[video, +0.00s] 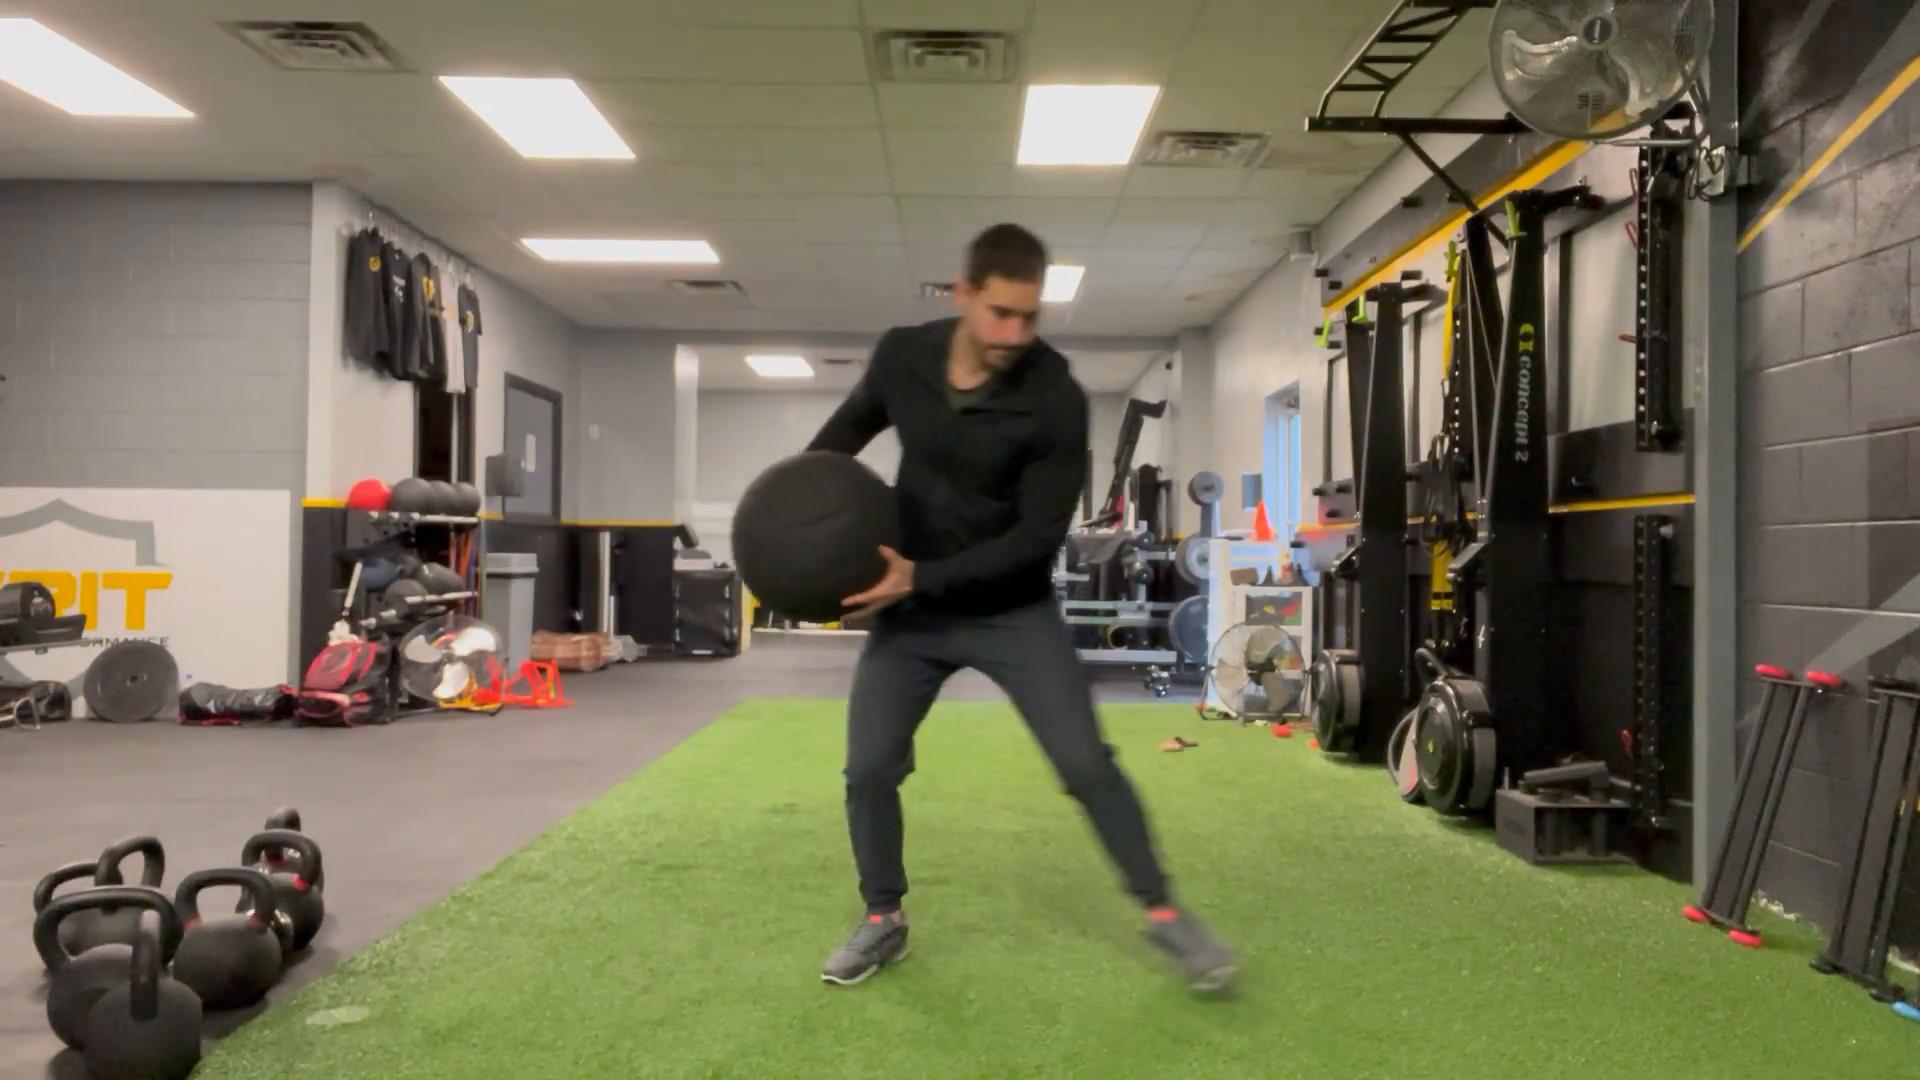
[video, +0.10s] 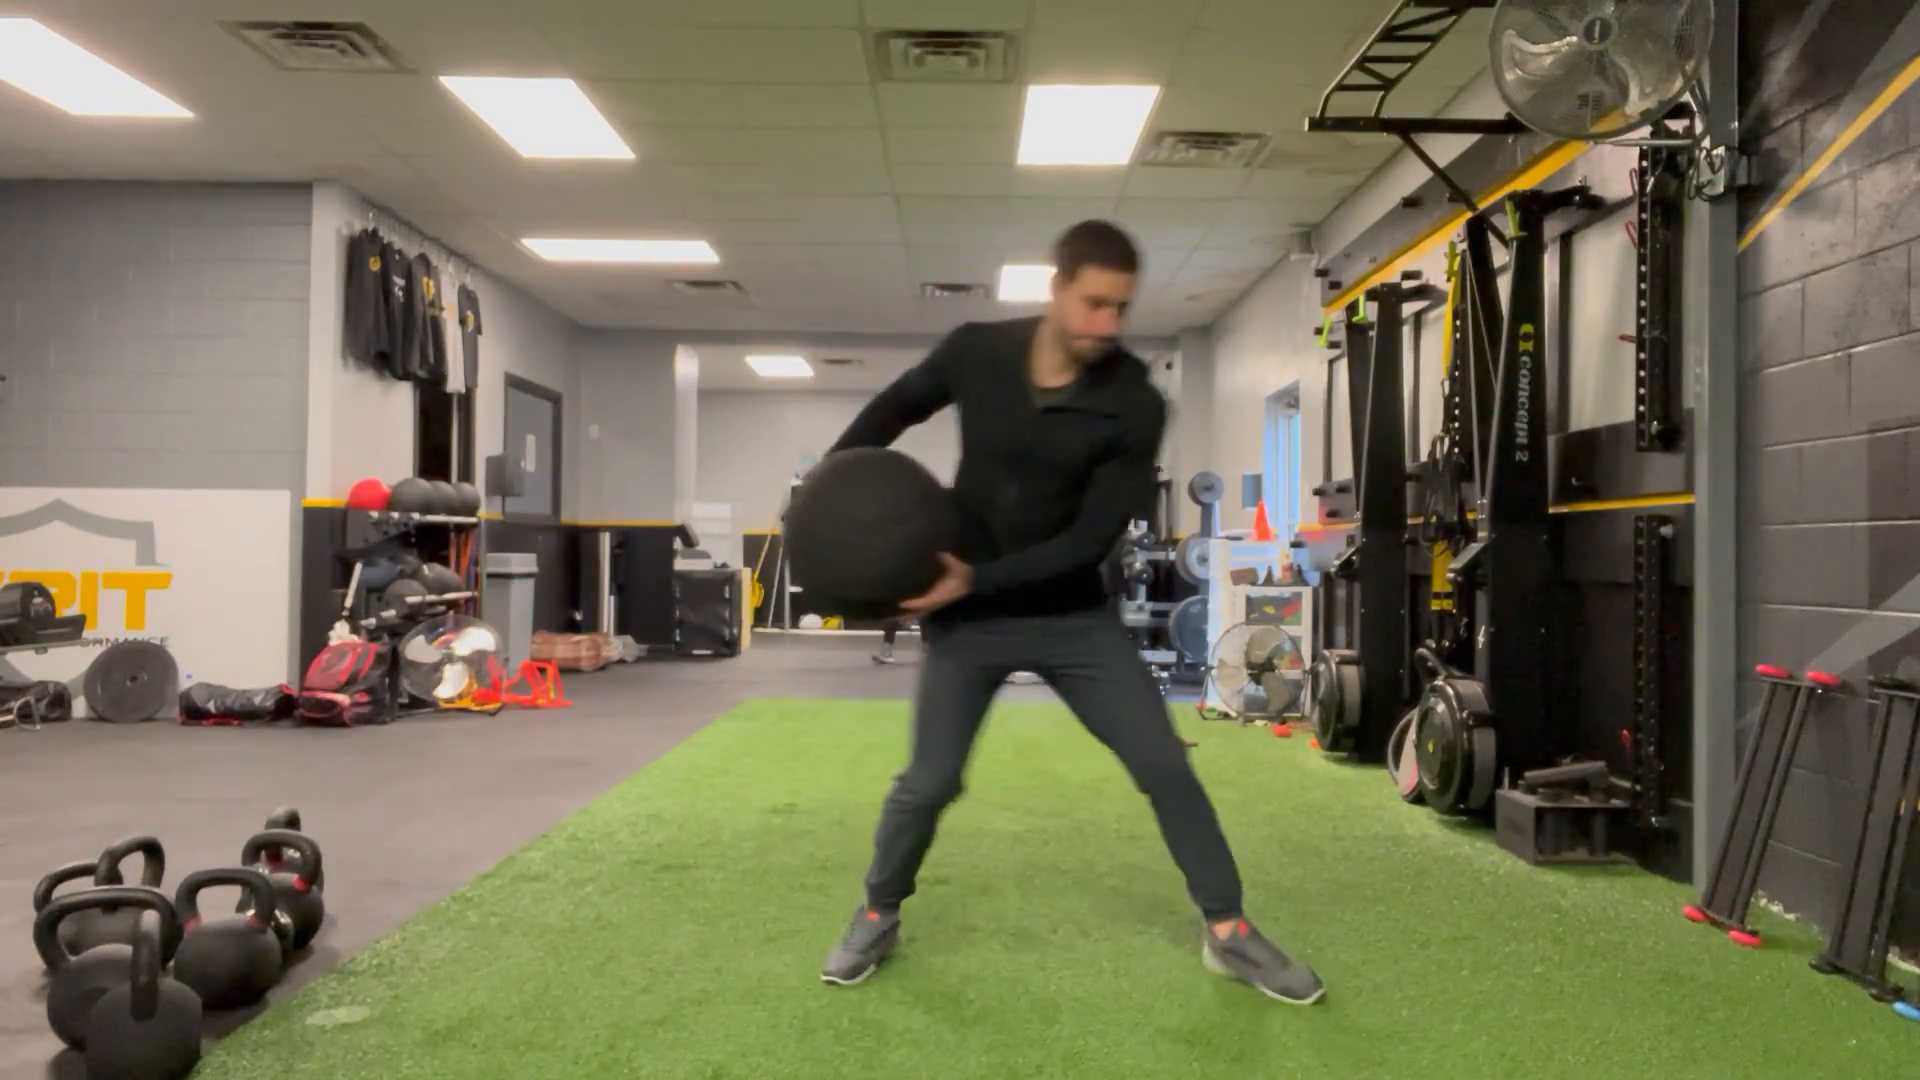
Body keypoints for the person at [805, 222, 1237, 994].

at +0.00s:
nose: (1015, 332)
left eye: (1028, 316)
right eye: (1000, 313)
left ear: (1041, 308)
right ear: (961, 294)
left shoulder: (1057, 400)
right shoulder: (903, 356)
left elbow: (1037, 542)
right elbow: (840, 441)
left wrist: (920, 577)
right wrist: (793, 515)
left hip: (1018, 613)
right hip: (913, 611)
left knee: (1084, 763)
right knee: (869, 764)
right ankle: (883, 917)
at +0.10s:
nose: (1108, 324)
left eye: (1121, 307)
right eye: (1094, 303)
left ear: (1131, 305)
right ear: (1055, 289)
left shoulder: (1135, 404)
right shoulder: (977, 352)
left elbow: (1091, 541)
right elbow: (892, 410)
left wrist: (976, 577)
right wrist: (829, 485)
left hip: (1079, 616)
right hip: (971, 614)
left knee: (1164, 763)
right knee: (930, 780)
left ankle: (1229, 927)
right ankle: (878, 914)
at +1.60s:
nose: (875, 261)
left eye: (891, 245)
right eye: (864, 245)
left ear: (927, 235)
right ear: (853, 240)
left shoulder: (986, 322)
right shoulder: (830, 336)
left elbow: (1036, 428)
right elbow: (820, 444)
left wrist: (998, 454)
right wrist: (819, 480)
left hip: (974, 570)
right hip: (875, 576)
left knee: (1000, 744)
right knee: (883, 761)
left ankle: (1045, 910)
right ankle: (912, 911)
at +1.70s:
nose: (850, 257)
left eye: (865, 241)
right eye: (838, 242)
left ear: (901, 229)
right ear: (827, 237)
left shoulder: (962, 313)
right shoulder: (809, 331)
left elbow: (1016, 419)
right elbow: (803, 434)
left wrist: (981, 447)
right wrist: (802, 469)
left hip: (946, 556)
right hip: (856, 562)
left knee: (916, 735)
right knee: (872, 750)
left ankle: (943, 917)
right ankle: (912, 907)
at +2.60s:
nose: (576, 264)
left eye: (594, 246)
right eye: (563, 244)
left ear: (630, 232)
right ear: (548, 232)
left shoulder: (687, 317)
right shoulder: (524, 313)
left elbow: (716, 448)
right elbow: (503, 428)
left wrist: (626, 465)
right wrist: (476, 481)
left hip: (647, 575)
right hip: (541, 574)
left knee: (660, 750)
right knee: (474, 741)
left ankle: (703, 940)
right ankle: (399, 896)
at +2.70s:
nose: (533, 280)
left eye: (552, 264)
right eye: (521, 261)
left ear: (589, 248)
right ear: (506, 243)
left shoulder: (642, 334)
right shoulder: (471, 325)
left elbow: (666, 464)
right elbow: (440, 445)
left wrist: (575, 485)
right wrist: (399, 496)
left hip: (602, 589)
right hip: (492, 591)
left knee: (632, 757)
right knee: (434, 759)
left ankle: (699, 938)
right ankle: (393, 910)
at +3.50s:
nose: (467, 299)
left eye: (484, 281)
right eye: (451, 279)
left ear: (512, 263)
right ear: (427, 263)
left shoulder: (562, 347)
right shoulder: (389, 342)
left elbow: (602, 476)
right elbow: (381, 447)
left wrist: (494, 522)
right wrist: (373, 535)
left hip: (549, 586)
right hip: (437, 595)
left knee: (568, 745)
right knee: (408, 765)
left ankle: (611, 918)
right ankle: (386, 915)